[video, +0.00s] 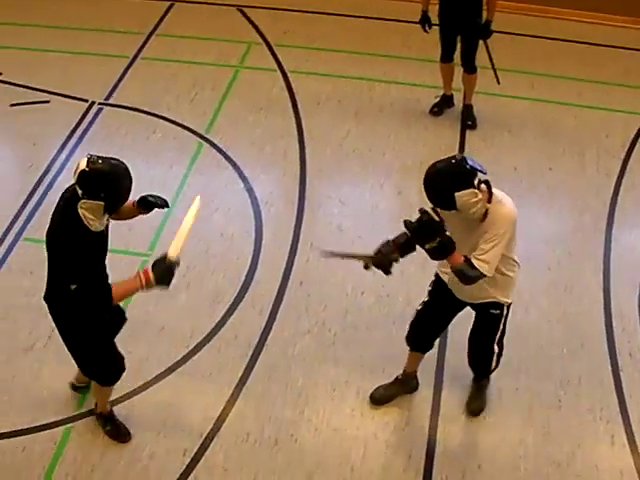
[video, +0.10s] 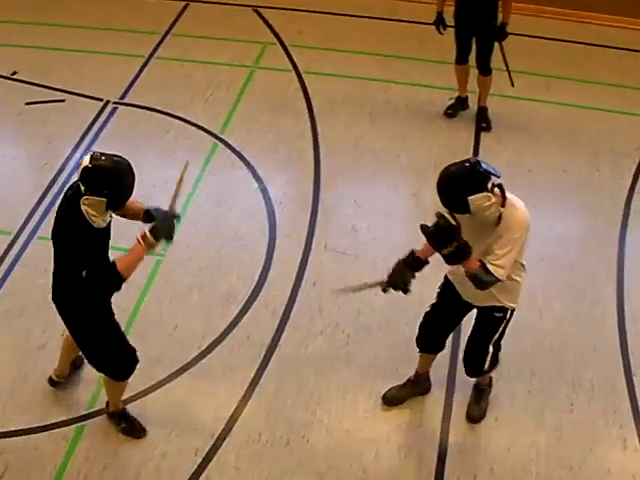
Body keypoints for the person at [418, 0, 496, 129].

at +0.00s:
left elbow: (491, 0)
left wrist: (488, 21)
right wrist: (424, 11)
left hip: (471, 17)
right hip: (447, 16)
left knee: (469, 64)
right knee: (446, 57)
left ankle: (467, 106)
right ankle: (447, 96)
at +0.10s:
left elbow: (506, 1)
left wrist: (504, 23)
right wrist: (439, 12)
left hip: (487, 20)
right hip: (463, 18)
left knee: (484, 66)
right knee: (461, 59)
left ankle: (482, 109)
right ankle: (462, 98)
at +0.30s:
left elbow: (537, 2)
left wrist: (534, 27)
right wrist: (470, 15)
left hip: (518, 23)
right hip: (493, 21)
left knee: (514, 70)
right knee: (491, 62)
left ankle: (512, 112)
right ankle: (491, 102)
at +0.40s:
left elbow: (542, 2)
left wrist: (539, 28)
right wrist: (475, 16)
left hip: (522, 24)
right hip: (498, 21)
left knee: (518, 70)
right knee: (495, 62)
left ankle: (516, 113)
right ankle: (495, 102)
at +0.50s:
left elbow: (543, 2)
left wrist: (539, 28)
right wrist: (475, 16)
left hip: (523, 24)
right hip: (498, 21)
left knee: (518, 70)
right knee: (495, 62)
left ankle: (516, 113)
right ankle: (496, 102)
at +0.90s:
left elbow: (552, 3)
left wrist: (548, 30)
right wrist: (483, 17)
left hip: (532, 25)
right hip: (507, 22)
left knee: (527, 71)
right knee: (504, 64)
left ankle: (524, 115)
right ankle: (504, 103)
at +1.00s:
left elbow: (552, 3)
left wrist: (548, 30)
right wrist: (483, 17)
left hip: (532, 26)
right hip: (507, 22)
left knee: (527, 71)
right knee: (504, 64)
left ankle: (524, 115)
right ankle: (504, 103)